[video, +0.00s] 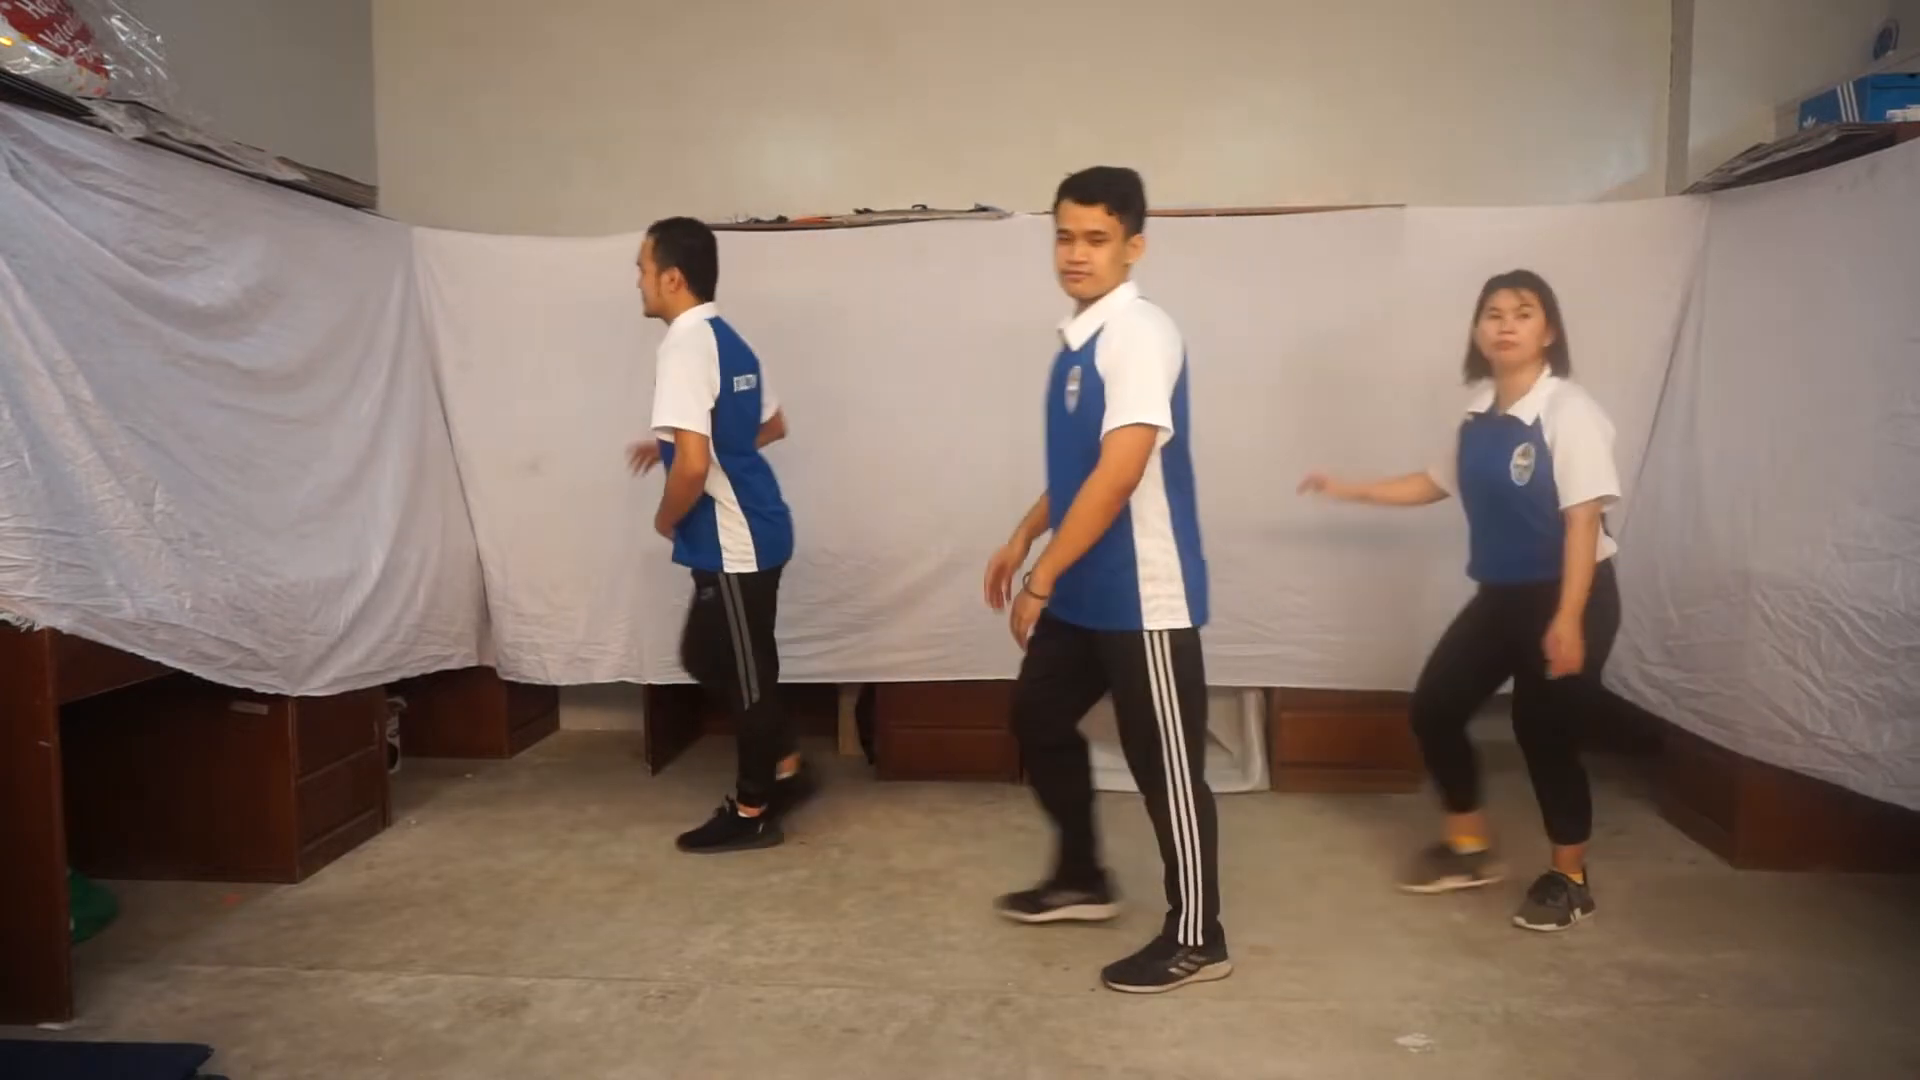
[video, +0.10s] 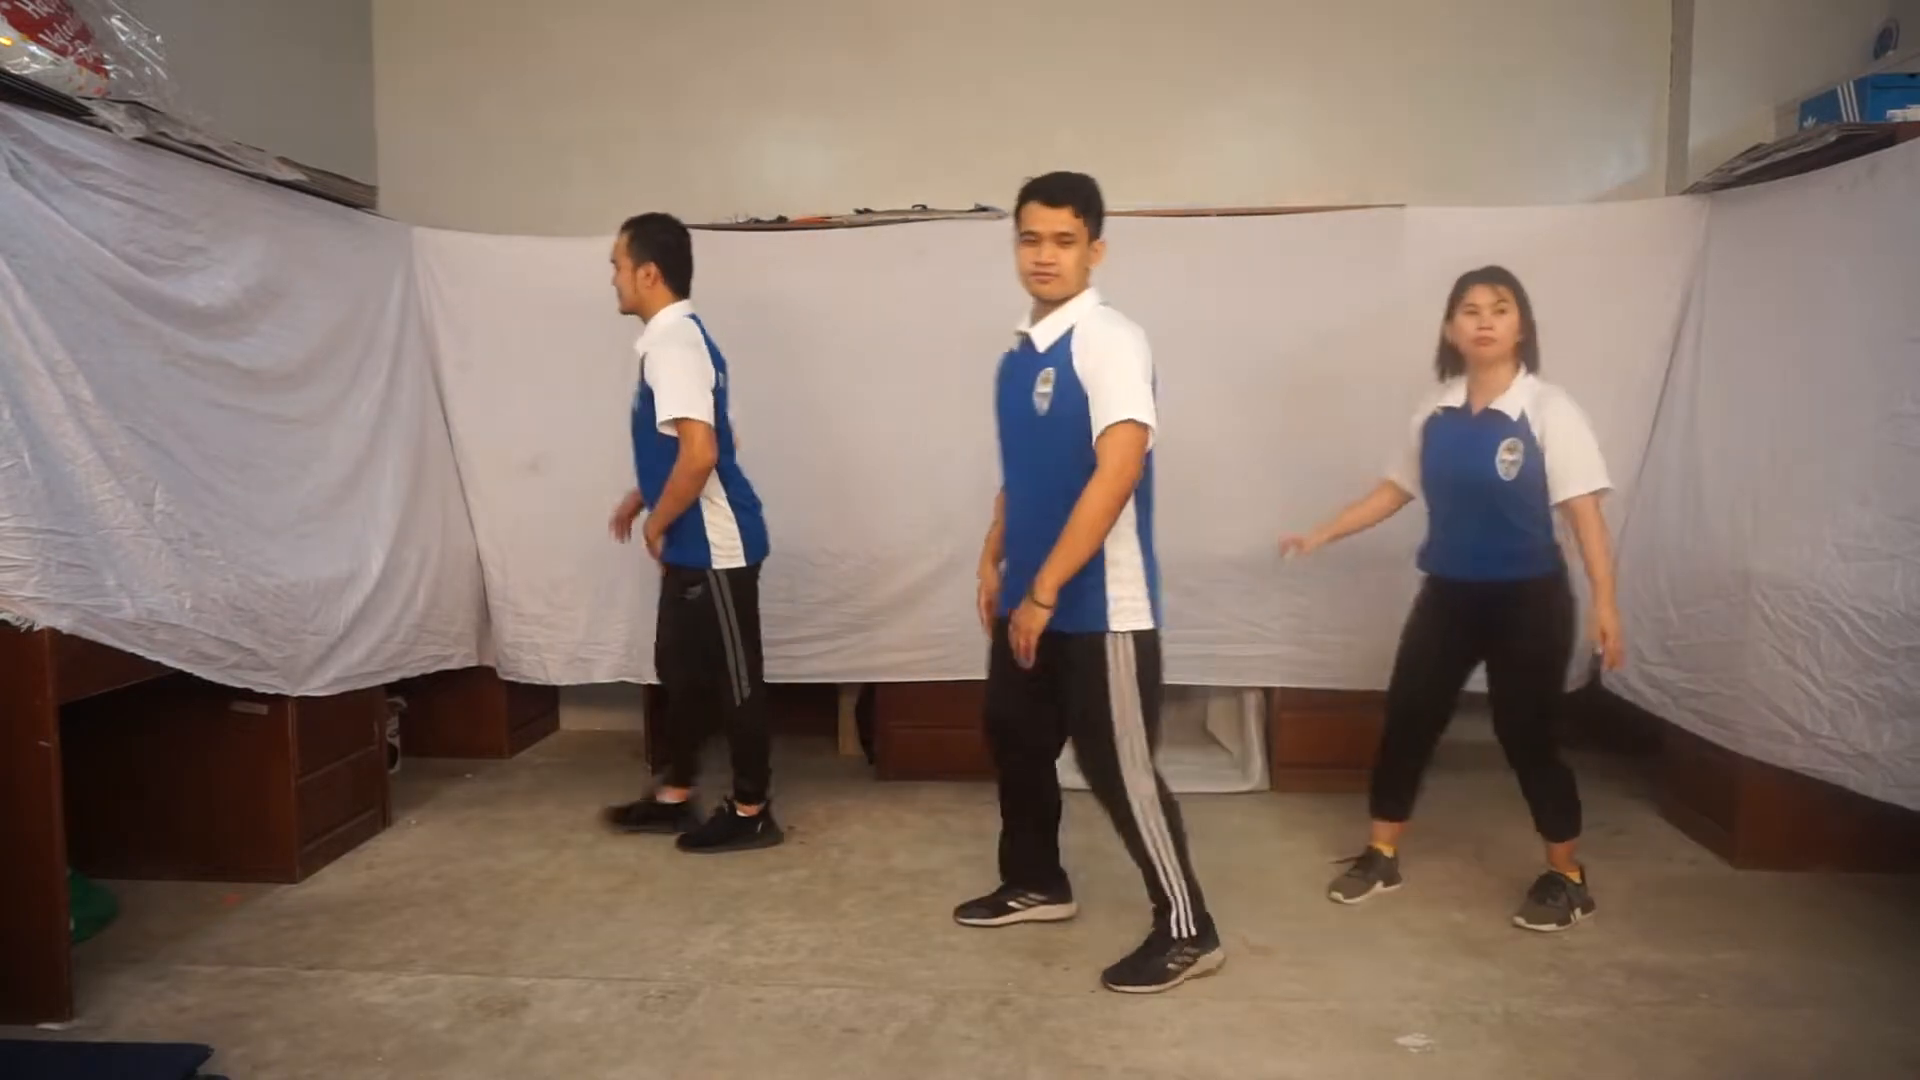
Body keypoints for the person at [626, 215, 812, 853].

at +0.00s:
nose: (638, 279)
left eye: (644, 268)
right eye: (640, 268)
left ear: (672, 275)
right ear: (690, 277)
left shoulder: (686, 344)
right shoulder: (722, 333)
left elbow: (694, 464)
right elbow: (769, 425)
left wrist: (664, 520)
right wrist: (674, 442)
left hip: (735, 542)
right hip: (744, 534)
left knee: (747, 674)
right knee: (703, 654)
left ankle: (753, 808)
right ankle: (786, 763)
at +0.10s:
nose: (612, 276)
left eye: (618, 264)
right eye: (613, 264)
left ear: (649, 271)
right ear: (658, 272)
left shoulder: (675, 340)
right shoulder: (668, 335)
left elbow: (700, 453)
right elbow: (688, 439)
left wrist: (660, 520)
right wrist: (641, 496)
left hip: (718, 542)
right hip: (690, 539)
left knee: (737, 680)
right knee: (679, 671)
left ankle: (751, 809)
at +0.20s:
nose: (589, 276)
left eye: (596, 265)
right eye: (590, 265)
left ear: (630, 269)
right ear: (632, 270)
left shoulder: (667, 340)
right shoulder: (633, 340)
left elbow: (704, 444)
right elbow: (644, 443)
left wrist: (654, 523)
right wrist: (614, 503)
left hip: (688, 547)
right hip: (649, 545)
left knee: (694, 685)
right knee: (652, 682)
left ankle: (745, 803)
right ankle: (646, 802)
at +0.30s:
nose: (581, 273)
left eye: (593, 260)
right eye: (577, 262)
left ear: (634, 266)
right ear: (579, 269)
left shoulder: (662, 344)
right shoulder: (597, 349)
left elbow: (710, 440)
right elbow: (601, 447)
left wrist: (652, 520)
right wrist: (568, 500)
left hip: (661, 548)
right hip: (606, 548)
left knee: (649, 679)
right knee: (622, 679)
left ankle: (689, 807)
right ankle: (642, 800)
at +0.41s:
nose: (582, 270)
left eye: (596, 258)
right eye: (570, 259)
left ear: (622, 267)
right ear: (557, 270)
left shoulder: (648, 347)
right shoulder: (548, 355)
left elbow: (714, 431)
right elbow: (544, 434)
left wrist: (655, 505)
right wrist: (513, 493)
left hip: (635, 557)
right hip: (567, 555)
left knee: (627, 685)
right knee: (550, 674)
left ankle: (648, 818)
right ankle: (615, 785)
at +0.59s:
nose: (553, 272)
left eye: (566, 260)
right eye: (538, 260)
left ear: (584, 270)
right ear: (517, 270)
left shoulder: (615, 350)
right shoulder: (487, 353)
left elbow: (668, 441)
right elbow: (453, 450)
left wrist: (622, 416)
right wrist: (480, 509)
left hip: (599, 555)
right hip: (520, 554)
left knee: (617, 685)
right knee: (504, 688)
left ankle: (644, 818)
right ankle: (496, 819)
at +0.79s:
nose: (519, 272)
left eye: (529, 260)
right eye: (504, 259)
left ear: (541, 268)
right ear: (474, 268)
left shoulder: (563, 343)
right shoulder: (446, 352)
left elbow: (645, 317)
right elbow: (445, 462)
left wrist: (613, 237)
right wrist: (550, 502)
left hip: (555, 548)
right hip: (483, 557)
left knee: (561, 669)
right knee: (489, 689)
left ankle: (508, 748)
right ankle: (493, 818)